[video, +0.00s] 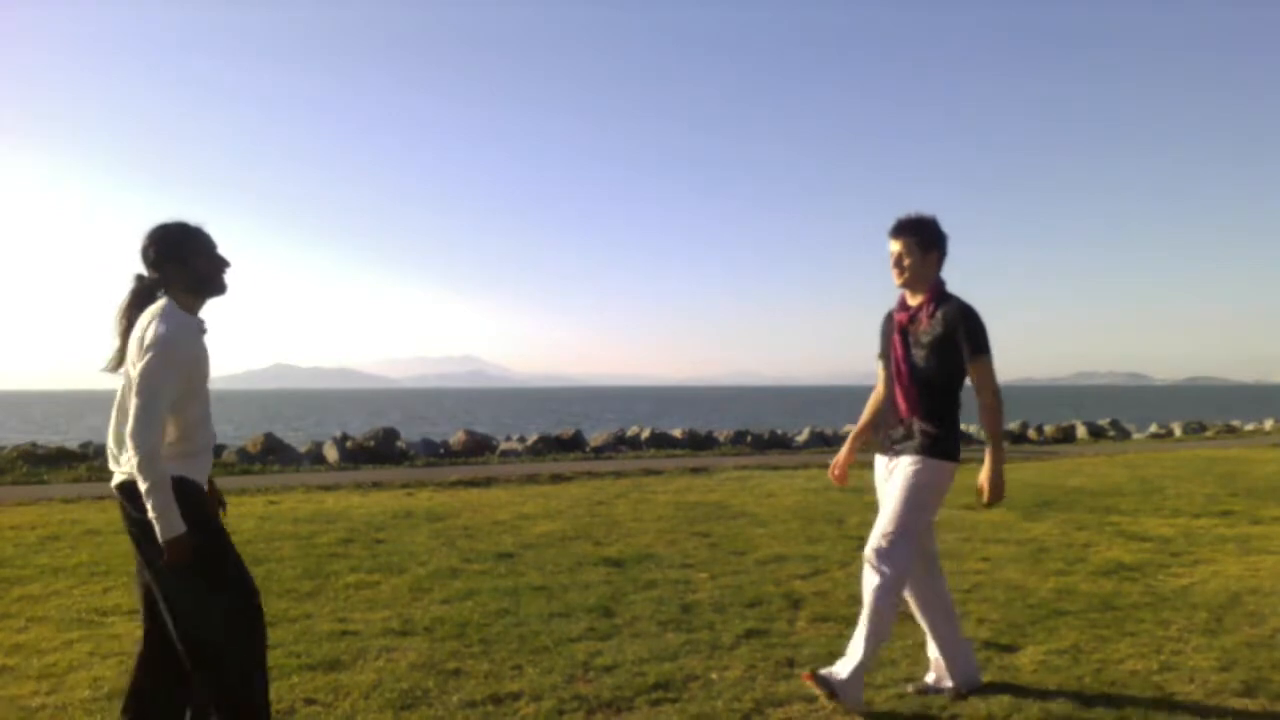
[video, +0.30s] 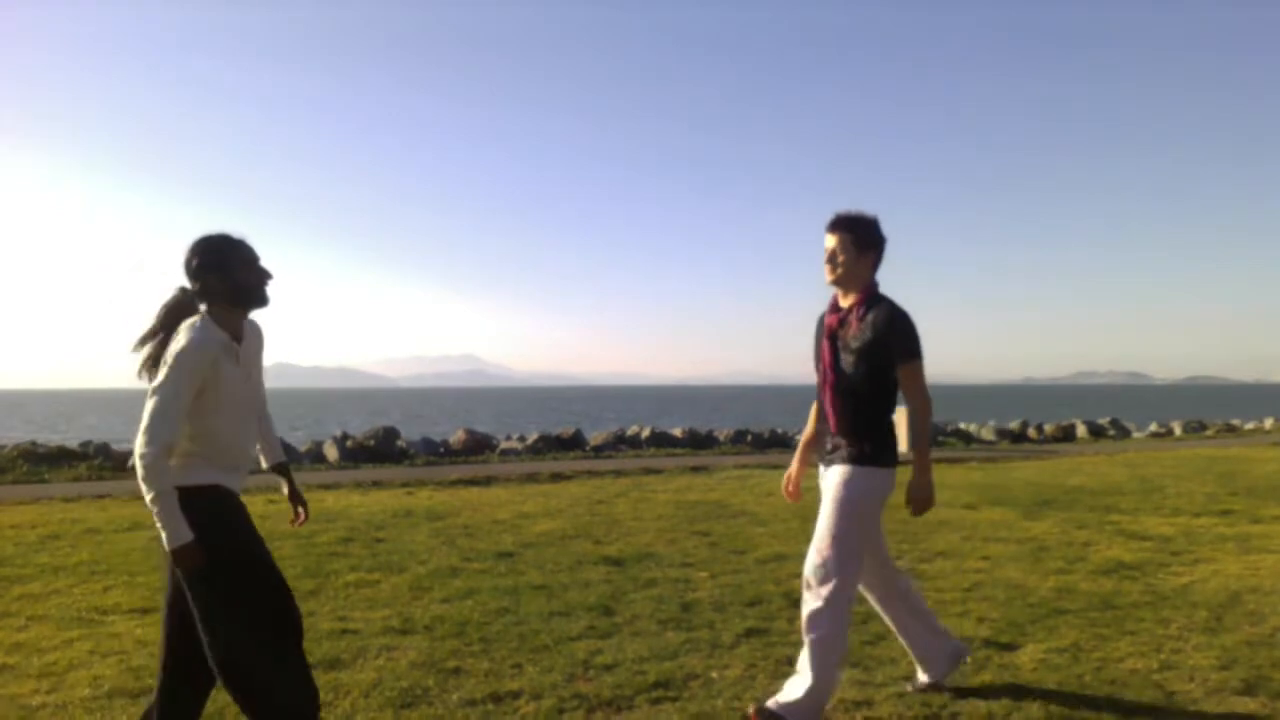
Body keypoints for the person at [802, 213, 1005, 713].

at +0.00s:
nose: (896, 265)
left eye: (905, 257)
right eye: (892, 258)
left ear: (934, 257)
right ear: (891, 261)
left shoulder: (958, 316)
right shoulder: (893, 320)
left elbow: (987, 391)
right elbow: (884, 389)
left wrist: (994, 460)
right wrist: (853, 440)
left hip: (929, 455)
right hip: (890, 453)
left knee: (883, 554)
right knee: (917, 565)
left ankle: (849, 677)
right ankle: (954, 669)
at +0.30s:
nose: (828, 262)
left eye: (839, 255)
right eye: (826, 254)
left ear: (869, 258)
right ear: (827, 259)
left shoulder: (889, 319)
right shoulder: (829, 320)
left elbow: (918, 399)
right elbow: (826, 397)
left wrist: (921, 473)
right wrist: (801, 456)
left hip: (864, 465)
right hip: (834, 462)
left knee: (824, 576)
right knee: (873, 570)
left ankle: (806, 698)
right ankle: (940, 654)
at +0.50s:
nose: (780, 258)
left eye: (788, 249)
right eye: (777, 250)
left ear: (821, 249)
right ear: (783, 253)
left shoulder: (843, 309)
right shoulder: (796, 309)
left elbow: (866, 391)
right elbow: (802, 397)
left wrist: (843, 466)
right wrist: (777, 458)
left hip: (824, 461)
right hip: (793, 459)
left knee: (803, 579)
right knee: (790, 570)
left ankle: (800, 697)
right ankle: (868, 641)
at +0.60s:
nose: (766, 255)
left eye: (775, 246)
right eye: (763, 247)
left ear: (807, 246)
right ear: (771, 251)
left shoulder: (827, 304)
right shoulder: (785, 305)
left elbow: (835, 389)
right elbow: (792, 382)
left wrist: (803, 458)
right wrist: (779, 446)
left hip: (812, 462)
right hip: (776, 456)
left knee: (796, 582)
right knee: (758, 565)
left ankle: (800, 699)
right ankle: (790, 664)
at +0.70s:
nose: (755, 257)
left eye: (763, 247)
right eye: (752, 249)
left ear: (797, 246)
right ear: (758, 251)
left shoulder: (814, 304)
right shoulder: (776, 305)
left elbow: (811, 383)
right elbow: (783, 383)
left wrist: (765, 448)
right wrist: (768, 445)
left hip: (802, 461)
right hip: (768, 457)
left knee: (788, 585)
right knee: (727, 567)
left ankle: (802, 699)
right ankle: (721, 686)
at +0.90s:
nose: (733, 256)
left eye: (742, 247)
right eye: (730, 248)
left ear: (775, 246)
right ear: (737, 251)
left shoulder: (793, 304)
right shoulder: (753, 305)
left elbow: (780, 381)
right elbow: (755, 385)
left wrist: (720, 439)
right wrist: (733, 442)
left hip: (781, 468)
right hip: (736, 461)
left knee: (779, 591)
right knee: (684, 574)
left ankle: (798, 702)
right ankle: (635, 691)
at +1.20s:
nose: (682, 255)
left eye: (691, 245)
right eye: (680, 247)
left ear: (725, 248)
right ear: (686, 252)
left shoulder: (751, 308)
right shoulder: (698, 314)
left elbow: (754, 397)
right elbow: (702, 402)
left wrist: (730, 475)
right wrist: (655, 409)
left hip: (746, 478)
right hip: (693, 477)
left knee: (761, 599)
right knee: (673, 603)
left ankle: (786, 704)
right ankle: (659, 710)